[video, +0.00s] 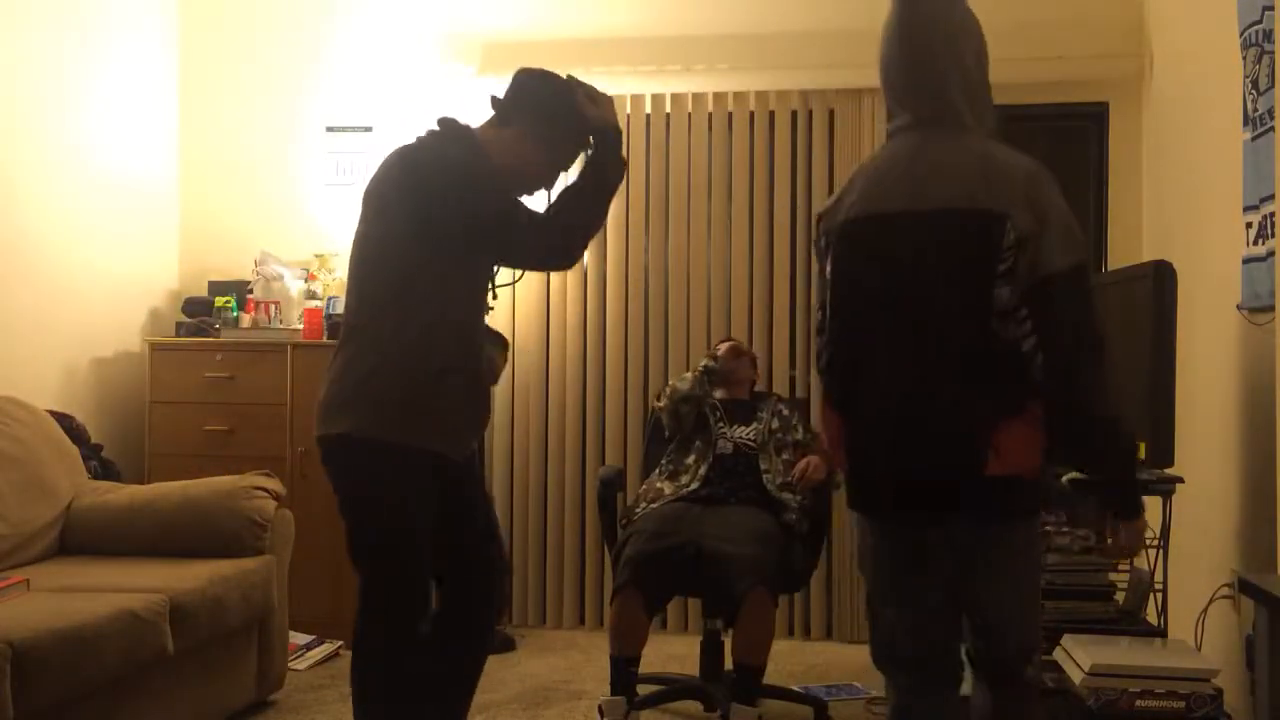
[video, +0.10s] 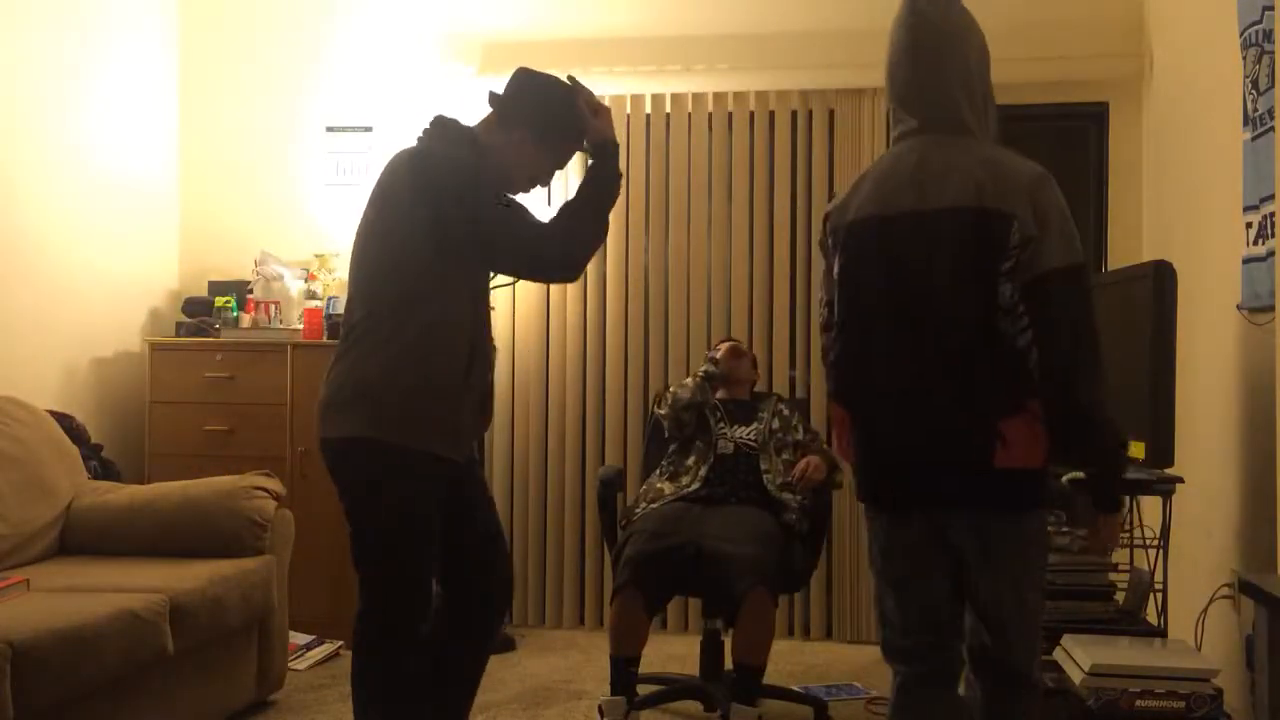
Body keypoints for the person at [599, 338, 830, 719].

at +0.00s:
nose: (731, 354)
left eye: (739, 352)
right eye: (723, 351)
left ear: (754, 371)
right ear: (710, 370)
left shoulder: (780, 410)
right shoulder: (691, 403)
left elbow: (812, 451)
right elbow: (672, 403)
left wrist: (818, 460)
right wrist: (710, 365)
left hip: (750, 505)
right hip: (681, 501)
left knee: (756, 577)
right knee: (637, 565)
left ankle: (744, 703)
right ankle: (621, 695)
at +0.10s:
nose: (730, 349)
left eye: (739, 349)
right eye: (721, 349)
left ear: (755, 373)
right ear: (708, 368)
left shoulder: (779, 409)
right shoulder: (686, 399)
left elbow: (825, 458)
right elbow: (672, 416)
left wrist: (821, 461)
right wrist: (710, 367)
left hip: (751, 506)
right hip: (680, 501)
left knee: (756, 577)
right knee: (637, 566)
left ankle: (744, 704)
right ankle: (621, 695)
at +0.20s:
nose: (731, 351)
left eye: (739, 351)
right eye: (722, 350)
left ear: (755, 373)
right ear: (708, 368)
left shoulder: (779, 409)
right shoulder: (687, 398)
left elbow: (821, 453)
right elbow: (672, 420)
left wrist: (821, 461)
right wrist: (711, 370)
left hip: (751, 505)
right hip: (680, 501)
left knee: (756, 577)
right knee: (637, 565)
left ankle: (744, 704)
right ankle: (621, 695)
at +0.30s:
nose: (730, 350)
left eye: (739, 349)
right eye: (721, 349)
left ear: (755, 373)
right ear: (708, 368)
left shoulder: (779, 409)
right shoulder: (687, 400)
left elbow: (820, 453)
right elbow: (669, 418)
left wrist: (820, 461)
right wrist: (710, 371)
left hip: (751, 505)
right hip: (680, 501)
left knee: (756, 577)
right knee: (637, 565)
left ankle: (745, 704)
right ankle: (621, 695)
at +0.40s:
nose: (728, 350)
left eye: (738, 350)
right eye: (719, 348)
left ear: (754, 372)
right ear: (707, 367)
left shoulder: (779, 409)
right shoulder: (686, 400)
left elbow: (819, 451)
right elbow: (671, 413)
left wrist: (819, 460)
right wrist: (710, 366)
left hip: (750, 506)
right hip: (679, 501)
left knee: (756, 578)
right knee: (637, 565)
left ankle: (745, 704)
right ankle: (621, 694)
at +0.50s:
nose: (732, 355)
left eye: (742, 354)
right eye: (723, 350)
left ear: (754, 371)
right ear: (707, 364)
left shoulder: (778, 409)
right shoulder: (684, 398)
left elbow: (821, 453)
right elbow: (676, 406)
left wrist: (820, 460)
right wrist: (716, 361)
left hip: (750, 505)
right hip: (679, 501)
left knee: (756, 576)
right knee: (638, 565)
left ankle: (745, 703)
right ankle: (621, 695)